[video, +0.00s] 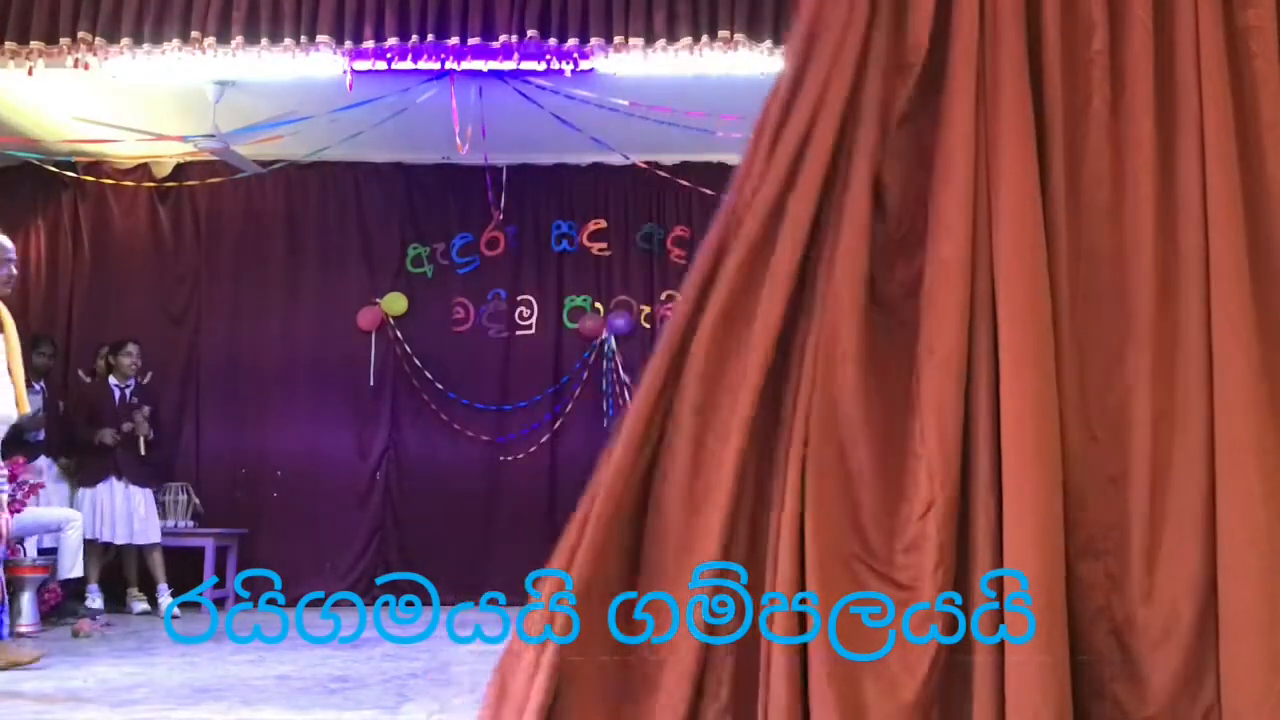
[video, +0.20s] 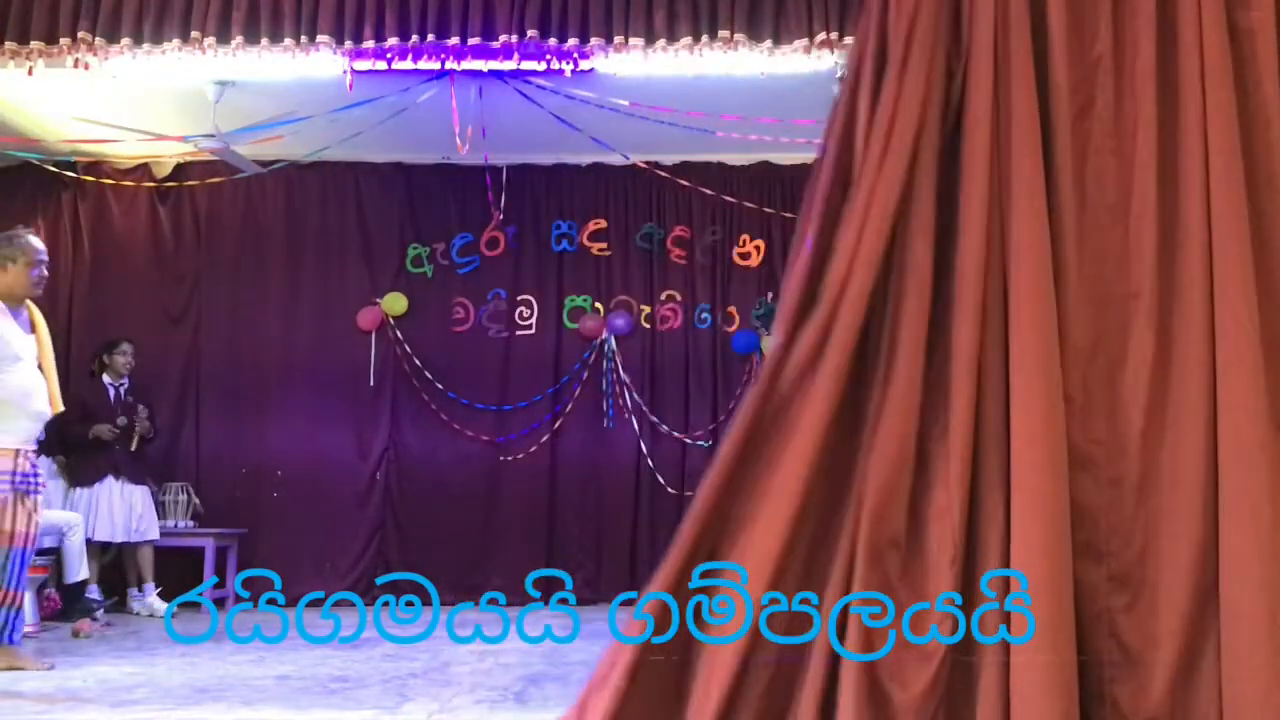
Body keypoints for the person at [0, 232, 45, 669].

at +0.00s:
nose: (10, 270)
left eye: (13, 263)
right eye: (5, 262)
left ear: (19, 268)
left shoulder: (9, 321)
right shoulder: (6, 322)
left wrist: (25, 424)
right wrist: (23, 425)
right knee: (67, 519)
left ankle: (13, 634)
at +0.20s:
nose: (45, 273)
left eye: (45, 265)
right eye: (36, 265)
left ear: (29, 270)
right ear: (6, 267)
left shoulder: (29, 317)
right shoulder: (5, 316)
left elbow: (42, 377)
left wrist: (52, 419)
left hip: (27, 449)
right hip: (5, 448)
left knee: (20, 547)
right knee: (12, 547)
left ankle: (9, 641)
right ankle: (6, 641)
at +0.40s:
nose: (73, 282)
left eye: (74, 275)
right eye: (65, 273)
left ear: (61, 278)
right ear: (34, 273)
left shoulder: (57, 324)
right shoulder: (8, 320)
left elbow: (68, 395)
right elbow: (1, 381)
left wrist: (101, 444)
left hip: (51, 452)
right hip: (15, 449)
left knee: (47, 542)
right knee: (33, 538)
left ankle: (18, 644)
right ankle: (6, 642)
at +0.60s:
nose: (100, 284)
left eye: (102, 276)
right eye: (93, 275)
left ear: (91, 277)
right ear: (63, 271)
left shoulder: (85, 325)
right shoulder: (33, 318)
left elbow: (104, 388)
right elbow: (8, 389)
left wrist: (149, 427)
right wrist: (13, 456)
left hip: (73, 453)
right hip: (41, 449)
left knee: (40, 542)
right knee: (68, 532)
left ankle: (16, 643)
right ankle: (49, 641)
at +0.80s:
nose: (133, 288)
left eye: (136, 280)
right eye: (126, 278)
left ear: (135, 282)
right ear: (96, 275)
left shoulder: (119, 327)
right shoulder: (65, 322)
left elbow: (133, 391)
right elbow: (40, 394)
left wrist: (175, 431)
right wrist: (46, 461)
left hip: (99, 454)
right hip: (67, 450)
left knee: (42, 544)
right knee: (93, 543)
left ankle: (10, 644)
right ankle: (106, 649)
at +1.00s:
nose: (177, 299)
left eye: (181, 290)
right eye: (172, 288)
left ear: (167, 289)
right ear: (142, 281)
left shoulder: (152, 331)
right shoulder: (108, 325)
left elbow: (154, 400)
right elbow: (88, 397)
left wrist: (174, 453)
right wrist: (88, 465)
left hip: (131, 455)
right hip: (99, 452)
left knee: (105, 549)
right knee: (125, 545)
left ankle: (39, 626)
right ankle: (117, 653)